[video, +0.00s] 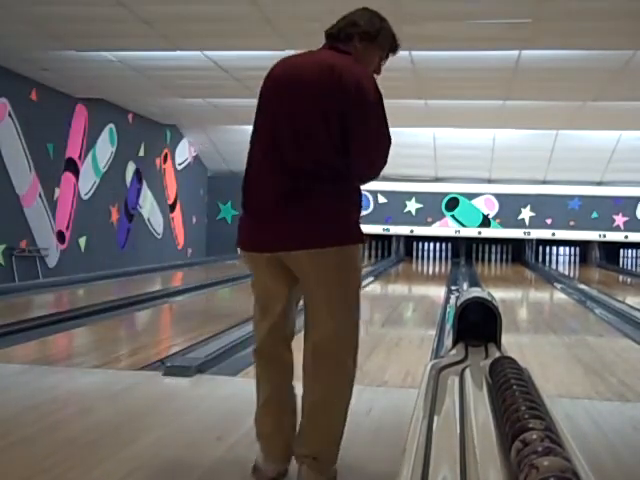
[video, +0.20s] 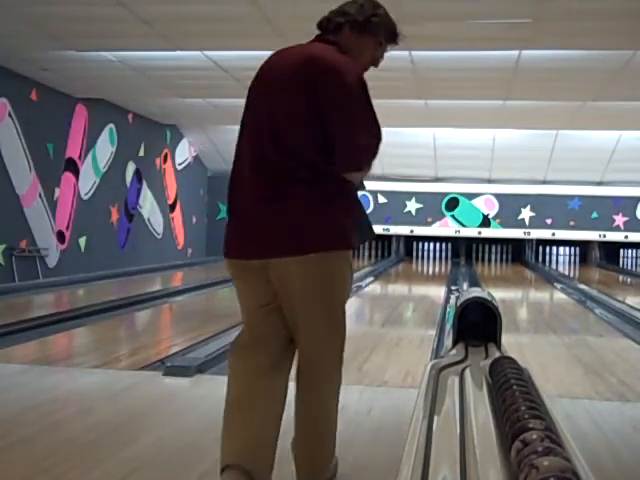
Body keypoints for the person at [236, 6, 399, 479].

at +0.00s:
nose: (378, 71)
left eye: (383, 62)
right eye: (380, 60)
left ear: (337, 39)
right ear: (360, 43)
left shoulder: (282, 69)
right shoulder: (358, 81)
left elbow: (266, 147)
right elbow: (372, 160)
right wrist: (326, 177)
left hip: (260, 226)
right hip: (324, 231)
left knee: (270, 339)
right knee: (332, 345)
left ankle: (272, 457)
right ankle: (316, 462)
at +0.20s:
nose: (374, 65)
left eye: (380, 57)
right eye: (377, 52)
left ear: (333, 29)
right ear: (356, 33)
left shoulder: (275, 64)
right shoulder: (337, 70)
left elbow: (269, 148)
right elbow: (360, 155)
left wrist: (342, 174)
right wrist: (340, 179)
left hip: (246, 235)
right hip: (309, 237)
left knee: (260, 345)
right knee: (321, 355)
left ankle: (239, 467)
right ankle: (316, 469)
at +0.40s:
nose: (364, 54)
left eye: (370, 47)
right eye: (367, 42)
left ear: (322, 16)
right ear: (343, 18)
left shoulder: (261, 58)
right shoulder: (321, 58)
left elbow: (227, 149)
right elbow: (338, 150)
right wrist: (354, 171)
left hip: (235, 240)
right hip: (296, 243)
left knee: (246, 372)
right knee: (310, 367)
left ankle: (242, 473)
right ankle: (319, 466)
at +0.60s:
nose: (381, 33)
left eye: (388, 23)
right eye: (385, 18)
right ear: (361, 3)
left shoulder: (266, 33)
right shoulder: (327, 35)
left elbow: (215, 123)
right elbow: (319, 122)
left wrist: (297, 160)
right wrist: (375, 192)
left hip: (222, 227)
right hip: (289, 231)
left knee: (238, 376)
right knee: (308, 383)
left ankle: (233, 475)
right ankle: (300, 473)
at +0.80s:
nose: (414, 38)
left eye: (421, 27)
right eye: (416, 21)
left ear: (376, 2)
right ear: (386, 6)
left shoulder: (287, 26)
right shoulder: (352, 44)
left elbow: (214, 101)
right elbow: (386, 169)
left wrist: (285, 143)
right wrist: (444, 258)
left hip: (214, 227)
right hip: (286, 233)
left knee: (233, 382)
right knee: (310, 396)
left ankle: (231, 475)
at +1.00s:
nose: (459, 96)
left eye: (470, 84)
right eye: (466, 77)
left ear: (424, 35)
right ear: (443, 48)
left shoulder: (330, 37)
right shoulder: (415, 88)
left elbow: (228, 87)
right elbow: (457, 225)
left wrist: (275, 163)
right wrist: (511, 341)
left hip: (200, 224)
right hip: (288, 242)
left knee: (220, 386)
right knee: (318, 402)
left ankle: (220, 473)